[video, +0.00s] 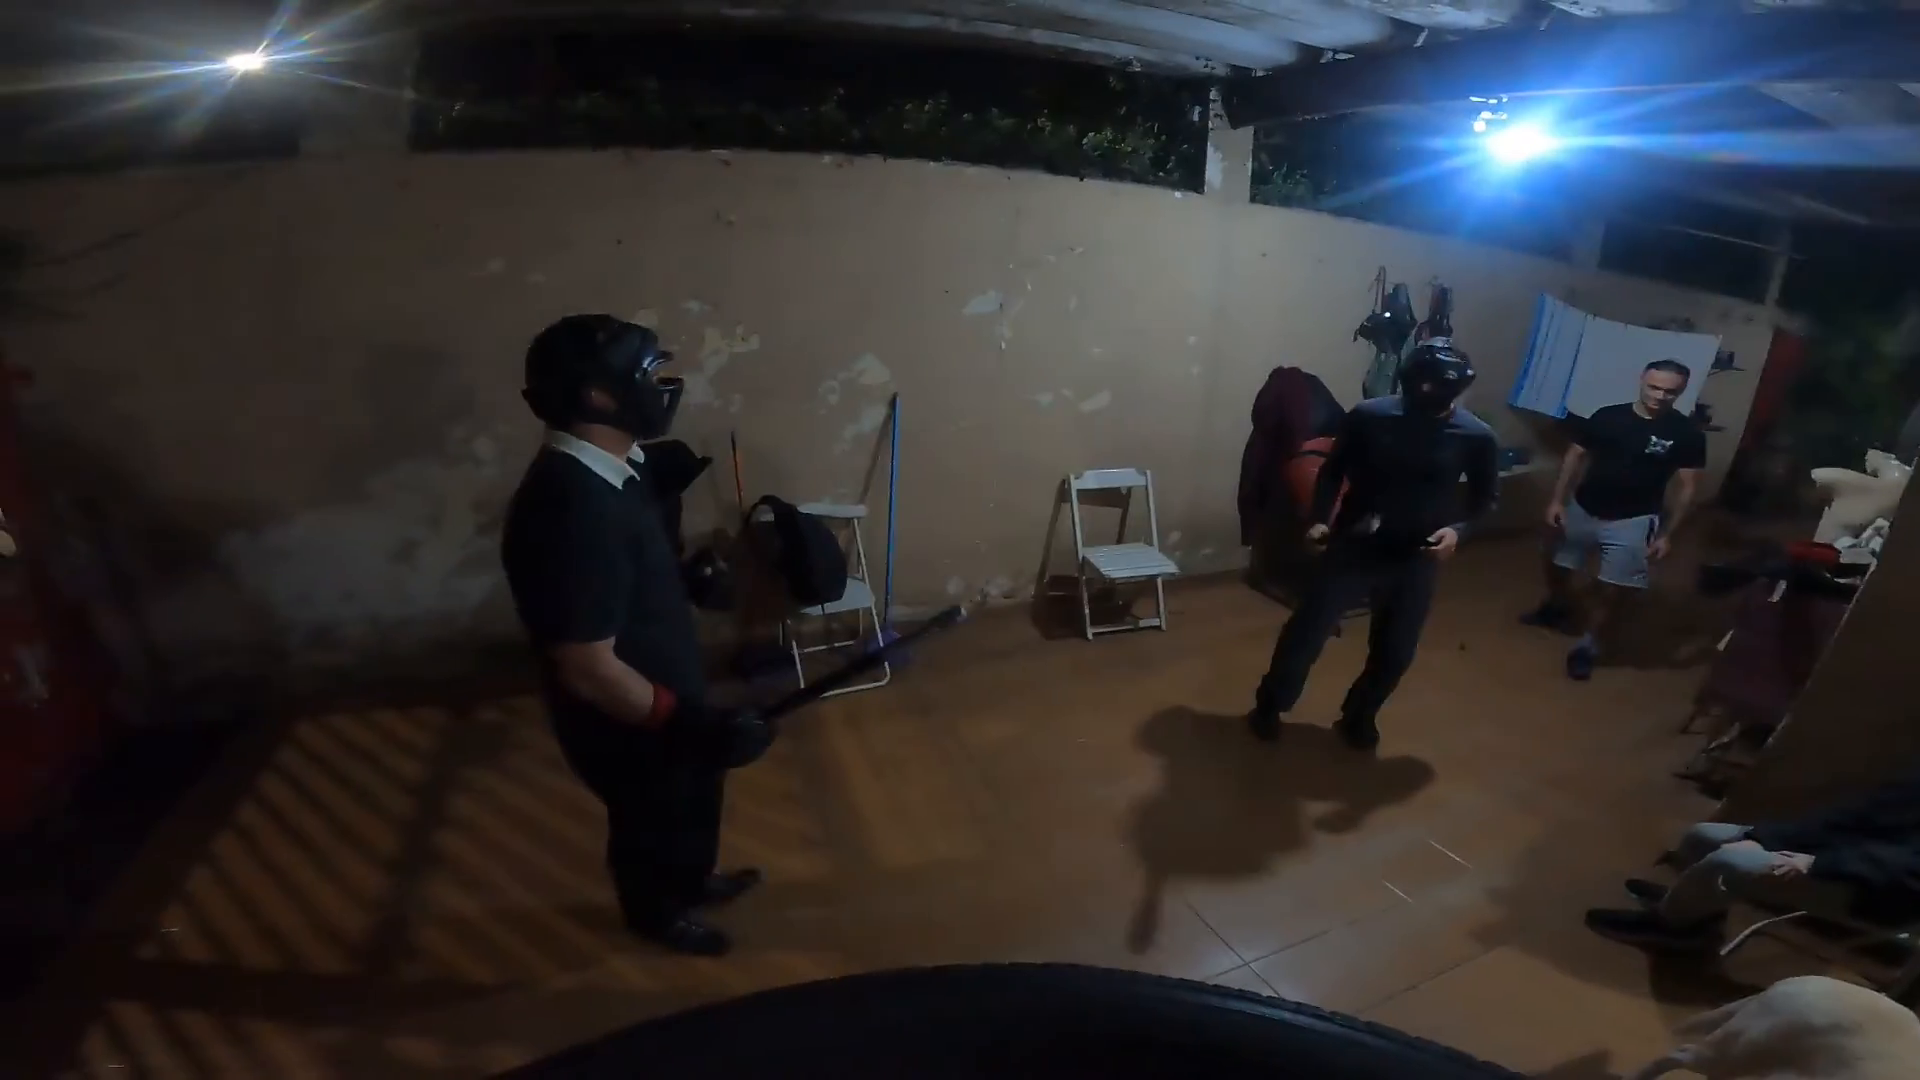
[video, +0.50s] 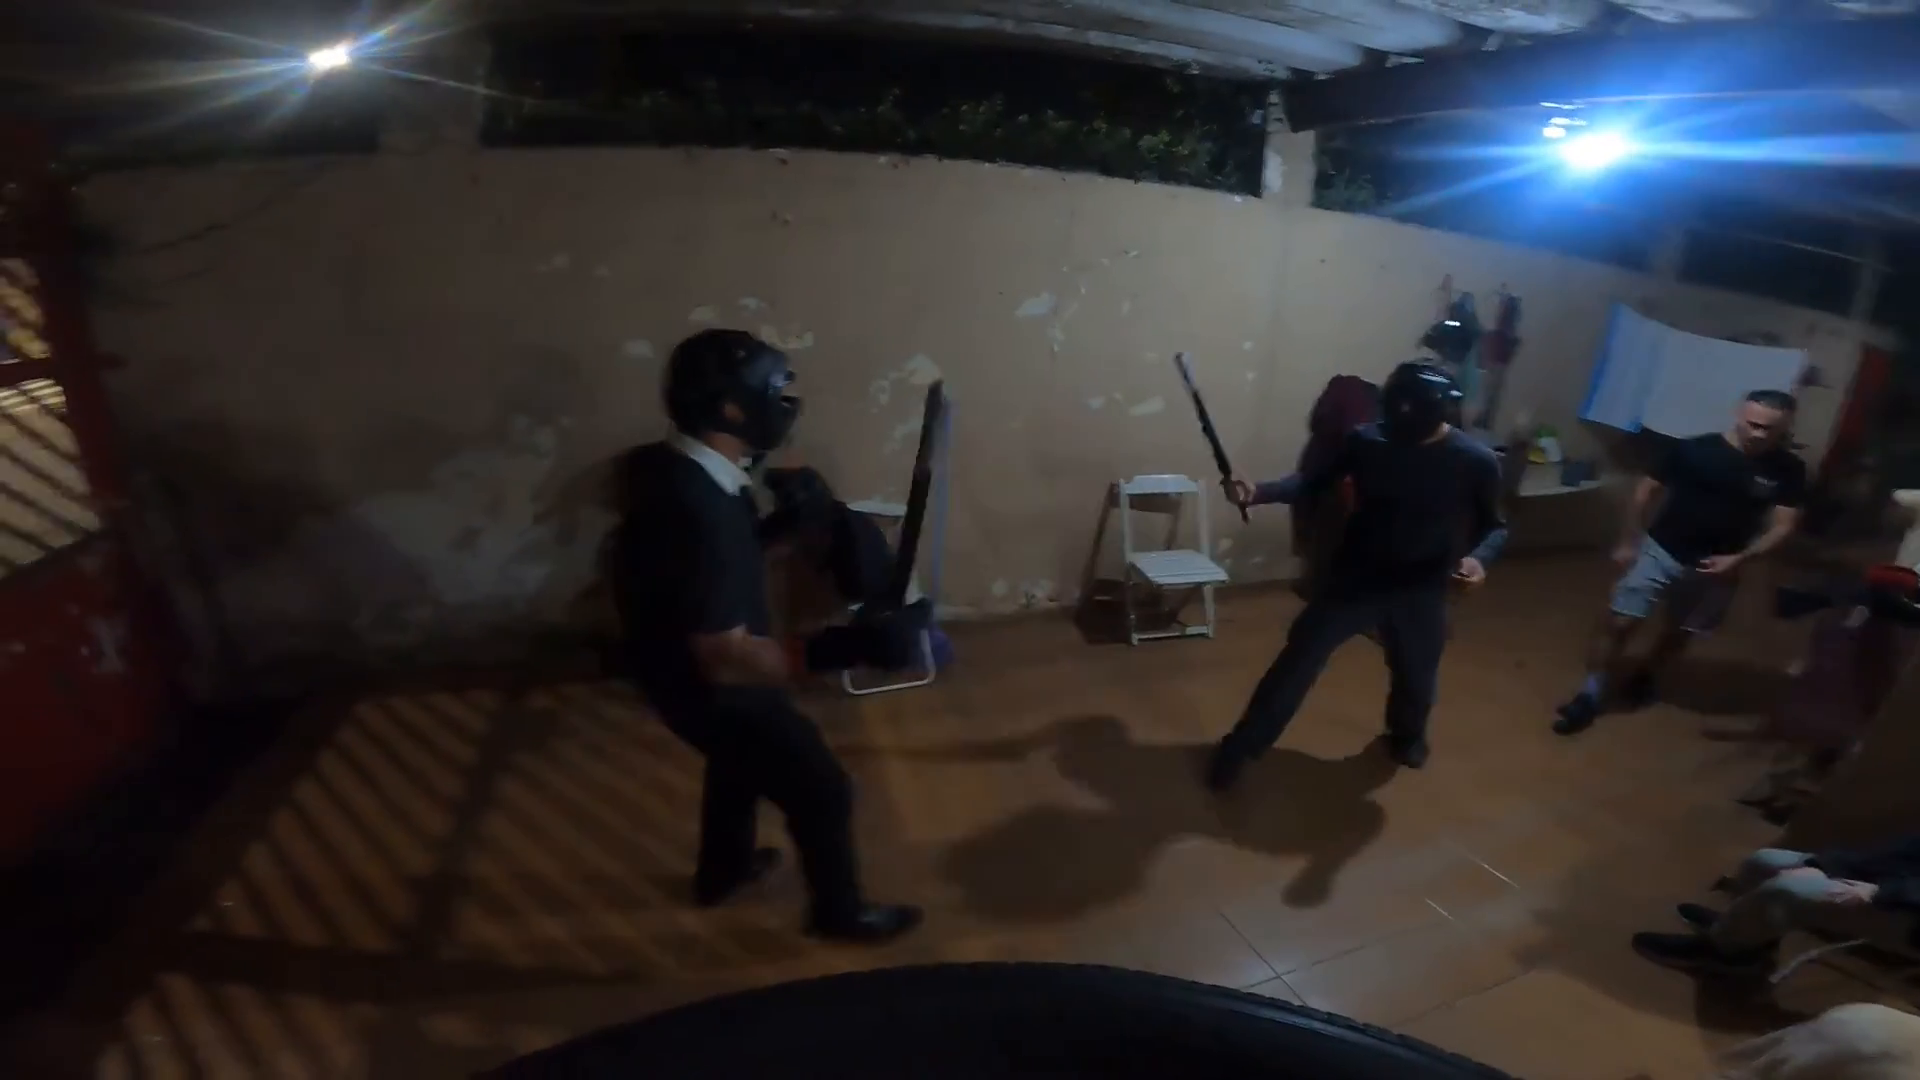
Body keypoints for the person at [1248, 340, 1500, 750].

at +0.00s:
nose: (1437, 396)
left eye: (1447, 388)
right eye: (1429, 385)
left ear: (1459, 390)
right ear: (1409, 382)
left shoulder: (1475, 439)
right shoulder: (1370, 418)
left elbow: (1484, 501)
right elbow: (1332, 472)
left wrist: (1457, 530)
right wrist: (1320, 520)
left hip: (1416, 558)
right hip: (1357, 545)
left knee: (1395, 654)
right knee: (1310, 624)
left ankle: (1359, 714)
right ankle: (1271, 703)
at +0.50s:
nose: (1395, 420)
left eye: (1406, 412)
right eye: (1392, 410)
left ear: (1434, 414)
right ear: (1388, 406)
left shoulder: (1475, 463)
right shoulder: (1366, 445)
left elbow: (1495, 527)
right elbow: (1314, 483)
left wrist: (1479, 557)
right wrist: (1259, 493)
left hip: (1421, 589)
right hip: (1354, 578)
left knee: (1417, 680)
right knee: (1299, 659)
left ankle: (1407, 740)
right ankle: (1238, 749)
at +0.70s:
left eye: (1380, 399)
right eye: (1372, 397)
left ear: (1408, 405)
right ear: (1371, 400)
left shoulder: (1449, 452)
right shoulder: (1332, 440)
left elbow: (1471, 509)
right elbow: (1261, 485)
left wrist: (1465, 543)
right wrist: (1200, 458)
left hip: (1410, 586)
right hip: (1339, 583)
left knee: (1416, 676)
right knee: (1293, 671)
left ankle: (1415, 738)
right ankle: (1246, 760)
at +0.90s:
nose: (1389, 418)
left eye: (1396, 405)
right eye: (1378, 405)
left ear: (1407, 402)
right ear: (1358, 399)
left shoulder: (1436, 451)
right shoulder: (1320, 442)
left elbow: (1454, 507)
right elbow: (1277, 500)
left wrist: (1456, 543)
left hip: (1396, 585)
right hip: (1325, 583)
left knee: (1400, 675)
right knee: (1282, 672)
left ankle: (1385, 730)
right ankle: (1244, 756)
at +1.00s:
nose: (1402, 414)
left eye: (1409, 403)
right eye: (1392, 401)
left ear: (1418, 402)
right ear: (1368, 399)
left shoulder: (1441, 455)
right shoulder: (1327, 444)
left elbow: (1455, 515)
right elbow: (1290, 515)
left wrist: (1453, 557)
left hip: (1396, 586)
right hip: (1328, 579)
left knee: (1398, 676)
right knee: (1283, 662)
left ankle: (1386, 732)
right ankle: (1246, 753)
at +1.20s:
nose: (1406, 457)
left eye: (1413, 445)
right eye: (1397, 444)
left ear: (1424, 438)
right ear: (1372, 436)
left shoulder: (1444, 481)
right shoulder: (1333, 471)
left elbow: (1461, 543)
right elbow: (1277, 538)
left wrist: (1447, 602)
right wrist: (1312, 587)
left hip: (1402, 608)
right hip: (1331, 599)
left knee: (1407, 690)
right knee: (1279, 682)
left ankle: (1385, 736)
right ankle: (1228, 756)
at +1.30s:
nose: (1385, 485)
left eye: (1393, 472)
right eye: (1376, 471)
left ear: (1407, 464)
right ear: (1357, 461)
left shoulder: (1432, 493)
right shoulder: (1323, 495)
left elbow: (1459, 546)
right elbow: (1251, 548)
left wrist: (1466, 601)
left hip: (1402, 602)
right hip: (1332, 602)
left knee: (1431, 688)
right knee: (1282, 690)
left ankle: (1388, 738)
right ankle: (1215, 762)